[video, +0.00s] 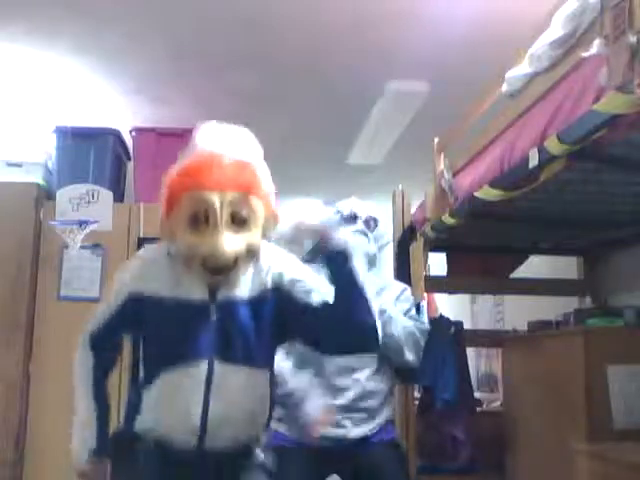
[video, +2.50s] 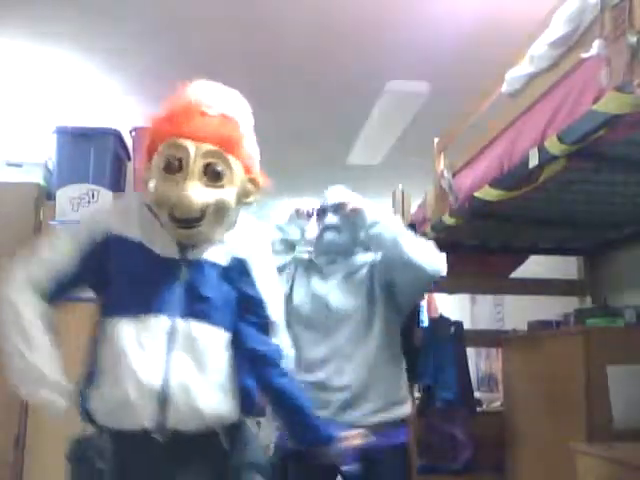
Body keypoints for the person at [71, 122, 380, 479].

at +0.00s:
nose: (219, 239)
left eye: (238, 220)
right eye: (201, 220)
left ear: (262, 224)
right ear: (173, 223)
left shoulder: (273, 281)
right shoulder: (148, 276)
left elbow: (357, 340)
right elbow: (94, 350)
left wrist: (337, 256)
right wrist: (93, 446)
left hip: (237, 462)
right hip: (155, 459)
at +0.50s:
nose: (211, 241)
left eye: (230, 219)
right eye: (191, 218)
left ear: (254, 223)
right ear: (160, 222)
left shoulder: (266, 279)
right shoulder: (138, 278)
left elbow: (325, 355)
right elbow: (90, 376)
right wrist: (81, 467)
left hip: (236, 464)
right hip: (151, 465)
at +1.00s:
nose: (211, 187)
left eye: (228, 171)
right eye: (191, 168)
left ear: (250, 181)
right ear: (164, 176)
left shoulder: (259, 244)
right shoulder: (130, 237)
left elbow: (306, 334)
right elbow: (41, 251)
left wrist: (304, 433)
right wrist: (75, 164)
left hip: (240, 455)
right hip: (148, 455)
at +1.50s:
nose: (210, 218)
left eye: (229, 197)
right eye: (190, 195)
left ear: (251, 203)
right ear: (162, 200)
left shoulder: (264, 263)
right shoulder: (146, 272)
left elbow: (328, 321)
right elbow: (111, 369)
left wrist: (331, 392)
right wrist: (70, 457)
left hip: (234, 453)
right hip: (148, 452)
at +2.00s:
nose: (207, 184)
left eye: (228, 168)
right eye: (190, 164)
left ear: (256, 190)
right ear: (169, 183)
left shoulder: (274, 271)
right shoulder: (143, 268)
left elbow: (368, 271)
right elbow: (107, 357)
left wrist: (422, 236)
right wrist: (114, 450)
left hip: (240, 464)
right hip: (148, 463)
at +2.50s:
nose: (188, 194)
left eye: (213, 174)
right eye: (173, 166)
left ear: (244, 190)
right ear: (149, 174)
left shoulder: (241, 252)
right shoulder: (113, 230)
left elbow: (265, 359)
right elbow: (21, 290)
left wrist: (319, 438)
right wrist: (54, 399)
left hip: (211, 452)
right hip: (121, 450)